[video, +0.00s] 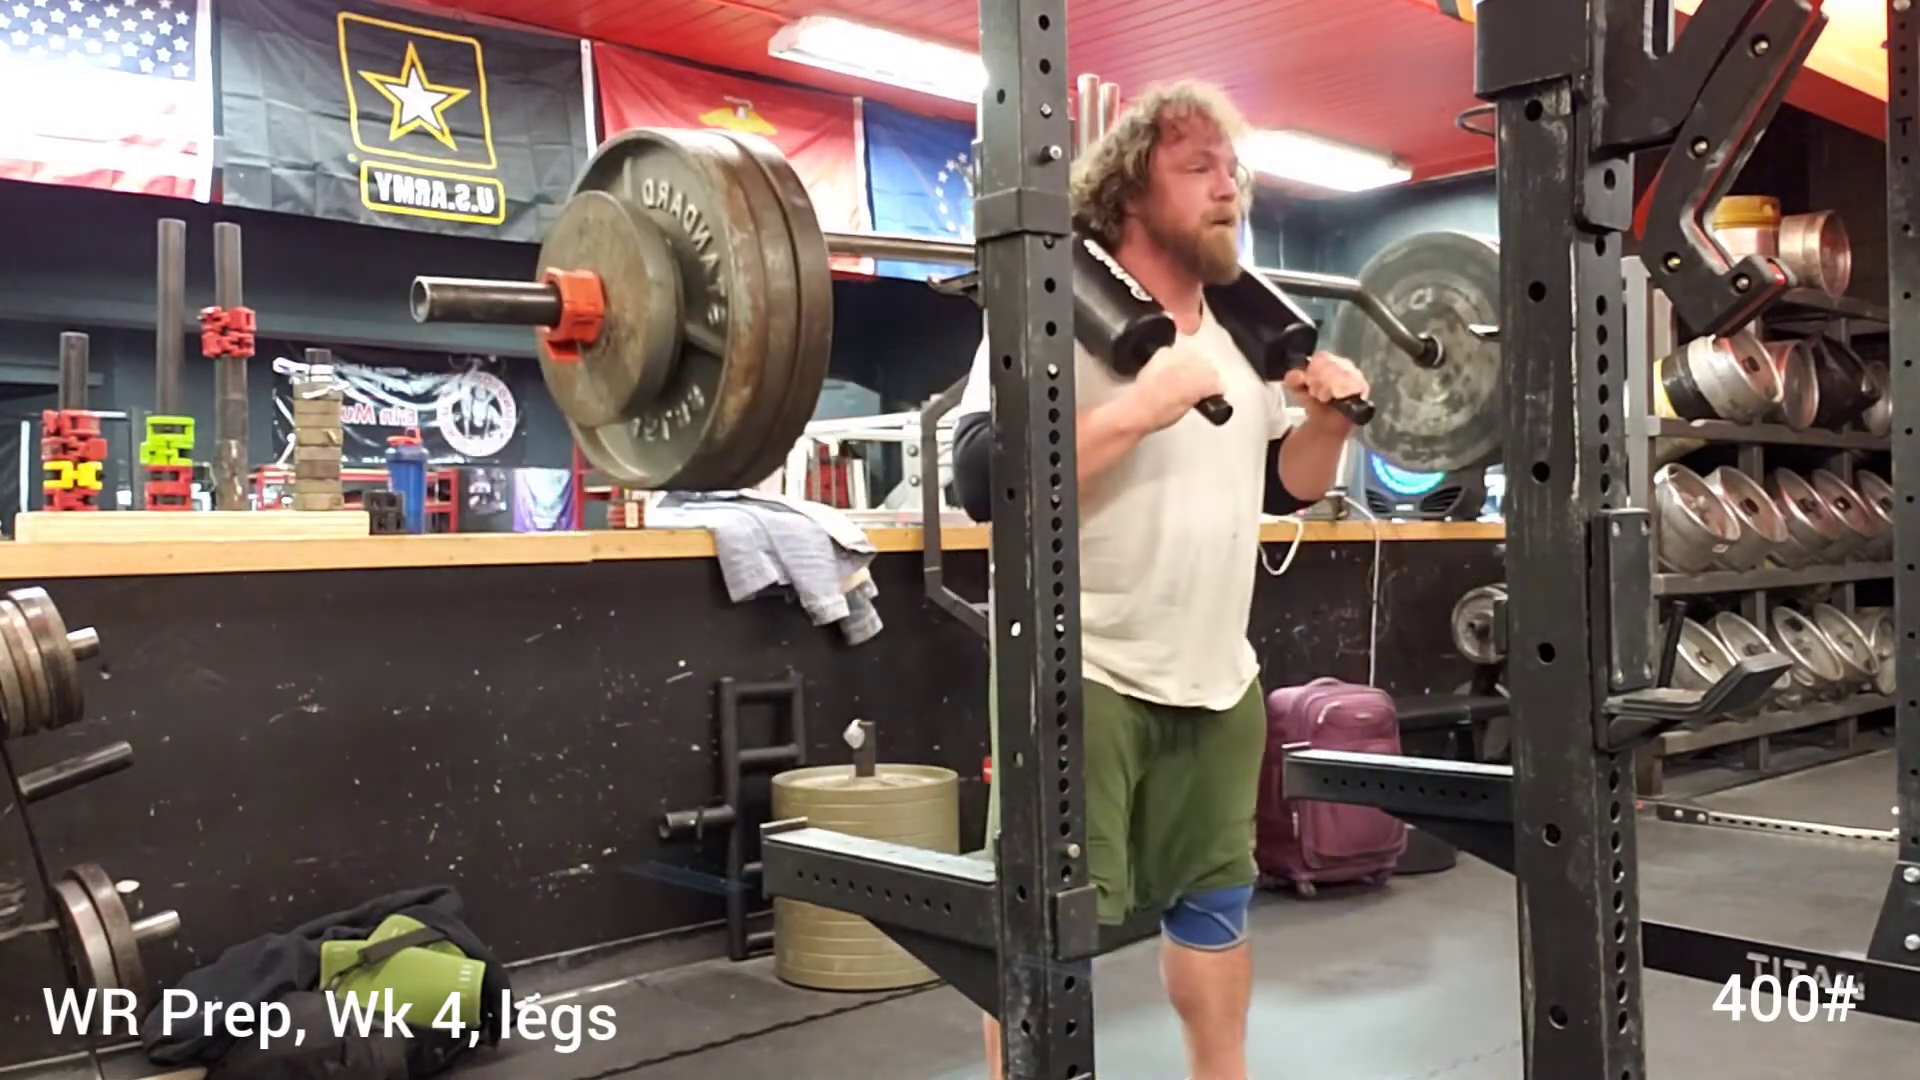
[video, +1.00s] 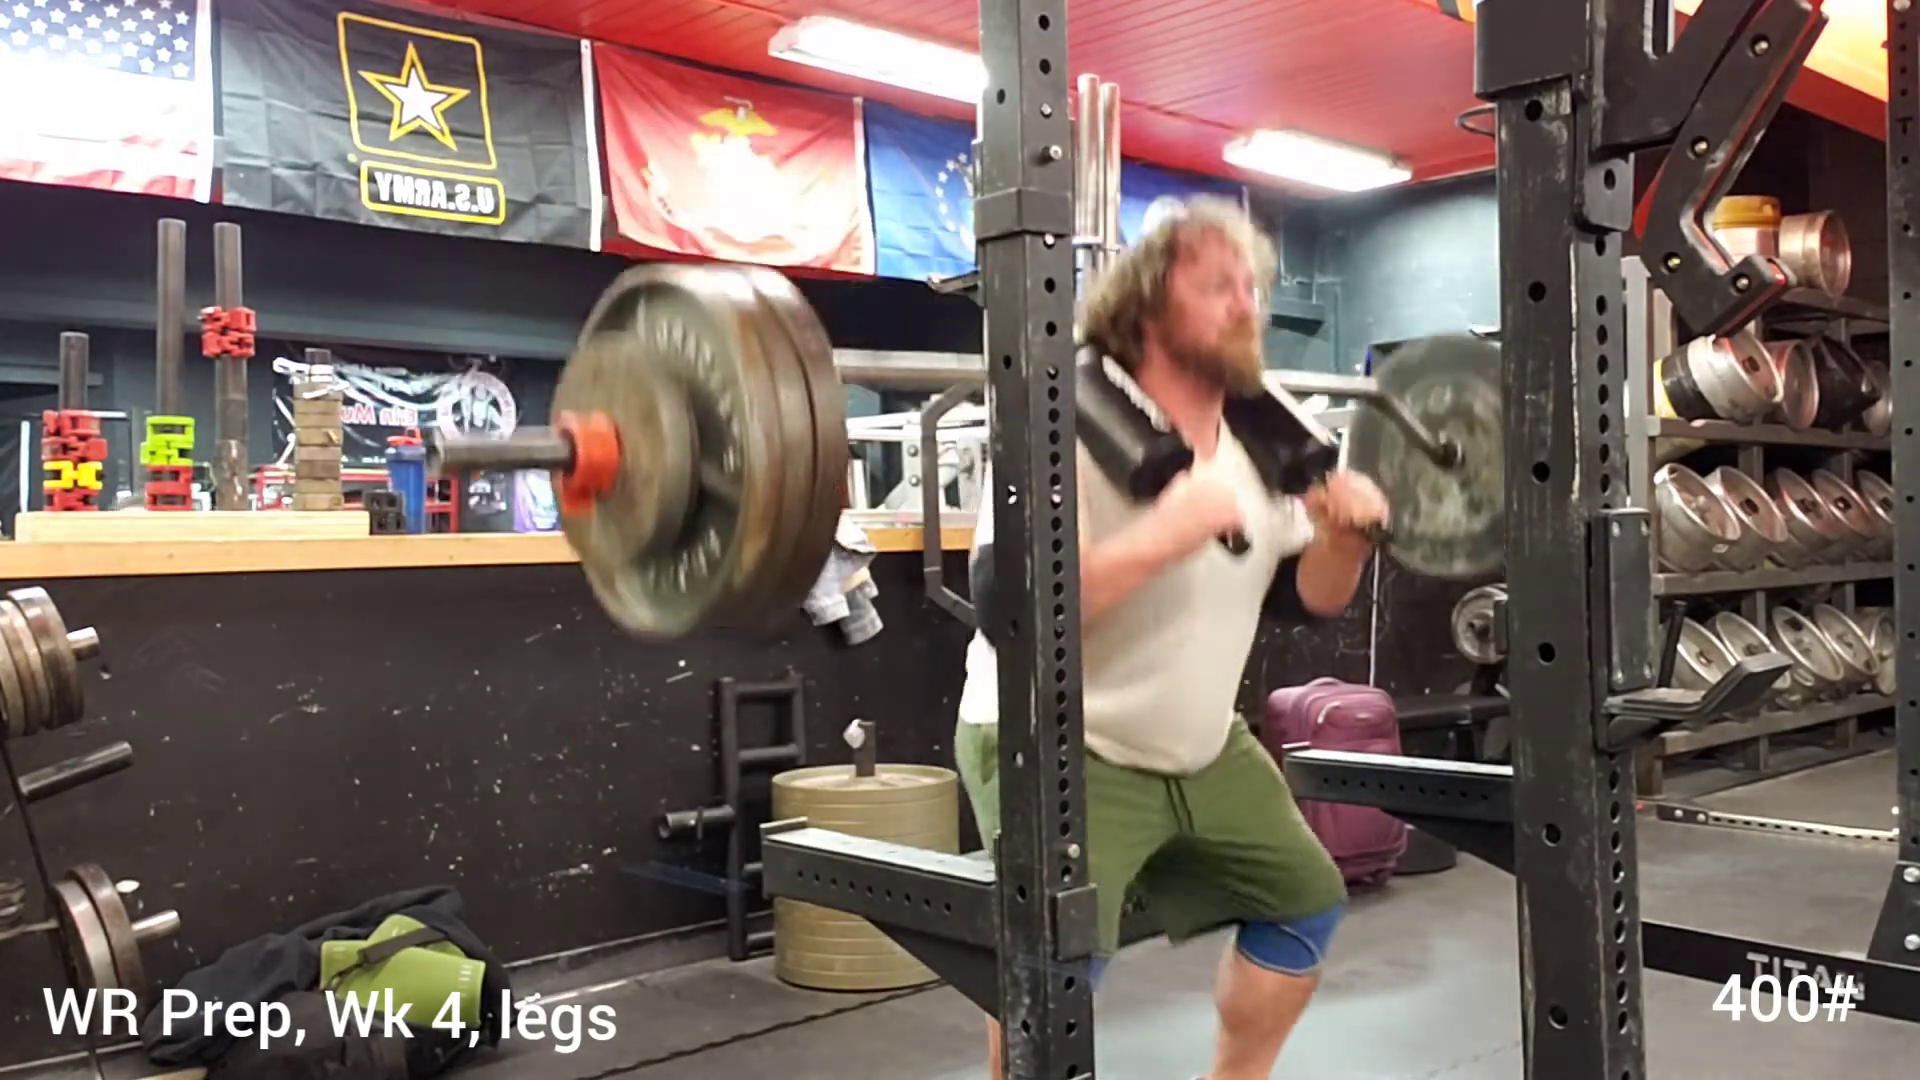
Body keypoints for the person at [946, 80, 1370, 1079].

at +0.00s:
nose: (1228, 187)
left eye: (1232, 168)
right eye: (1200, 168)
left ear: (1240, 185)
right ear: (1133, 187)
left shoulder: (1247, 322)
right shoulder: (1050, 300)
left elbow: (1288, 486)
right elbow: (979, 478)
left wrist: (1328, 416)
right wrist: (1134, 411)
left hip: (1216, 672)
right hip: (1081, 669)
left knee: (1213, 910)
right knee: (1052, 921)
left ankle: (1221, 1074)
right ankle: (1020, 1072)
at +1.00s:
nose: (1244, 303)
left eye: (1251, 285)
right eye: (1218, 284)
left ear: (1259, 301)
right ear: (1153, 302)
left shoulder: (1267, 424)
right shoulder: (1069, 416)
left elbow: (1321, 596)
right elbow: (1028, 601)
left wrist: (1345, 530)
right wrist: (1163, 534)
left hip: (1204, 740)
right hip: (1066, 744)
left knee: (1303, 901)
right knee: (1057, 965)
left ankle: (1237, 1074)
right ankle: (1016, 1072)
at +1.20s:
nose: (1255, 392)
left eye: (1259, 372)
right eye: (1229, 373)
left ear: (1268, 379)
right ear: (1161, 393)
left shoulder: (1266, 498)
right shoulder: (1072, 499)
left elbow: (1325, 674)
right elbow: (1019, 688)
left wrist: (1351, 612)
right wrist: (1165, 627)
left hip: (1192, 779)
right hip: (1051, 786)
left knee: (1317, 906)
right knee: (1072, 962)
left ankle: (1239, 1074)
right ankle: (1018, 1068)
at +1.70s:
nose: (1266, 581)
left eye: (1272, 560)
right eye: (1240, 562)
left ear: (1283, 563)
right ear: (1170, 573)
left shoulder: (1275, 666)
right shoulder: (1087, 679)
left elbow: (1348, 834)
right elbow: (1028, 861)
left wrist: (1366, 781)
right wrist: (1176, 820)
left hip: (1229, 919)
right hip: (1105, 931)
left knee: (1363, 929)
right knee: (1078, 980)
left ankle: (1245, 1074)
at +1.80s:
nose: (1265, 602)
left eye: (1271, 579)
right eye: (1238, 582)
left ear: (1281, 580)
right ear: (1169, 595)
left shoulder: (1274, 684)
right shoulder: (1086, 697)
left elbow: (1353, 848)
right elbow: (1020, 871)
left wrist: (1368, 800)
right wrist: (1177, 834)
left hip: (1231, 945)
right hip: (1111, 955)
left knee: (1364, 930)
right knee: (1079, 986)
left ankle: (1247, 1074)